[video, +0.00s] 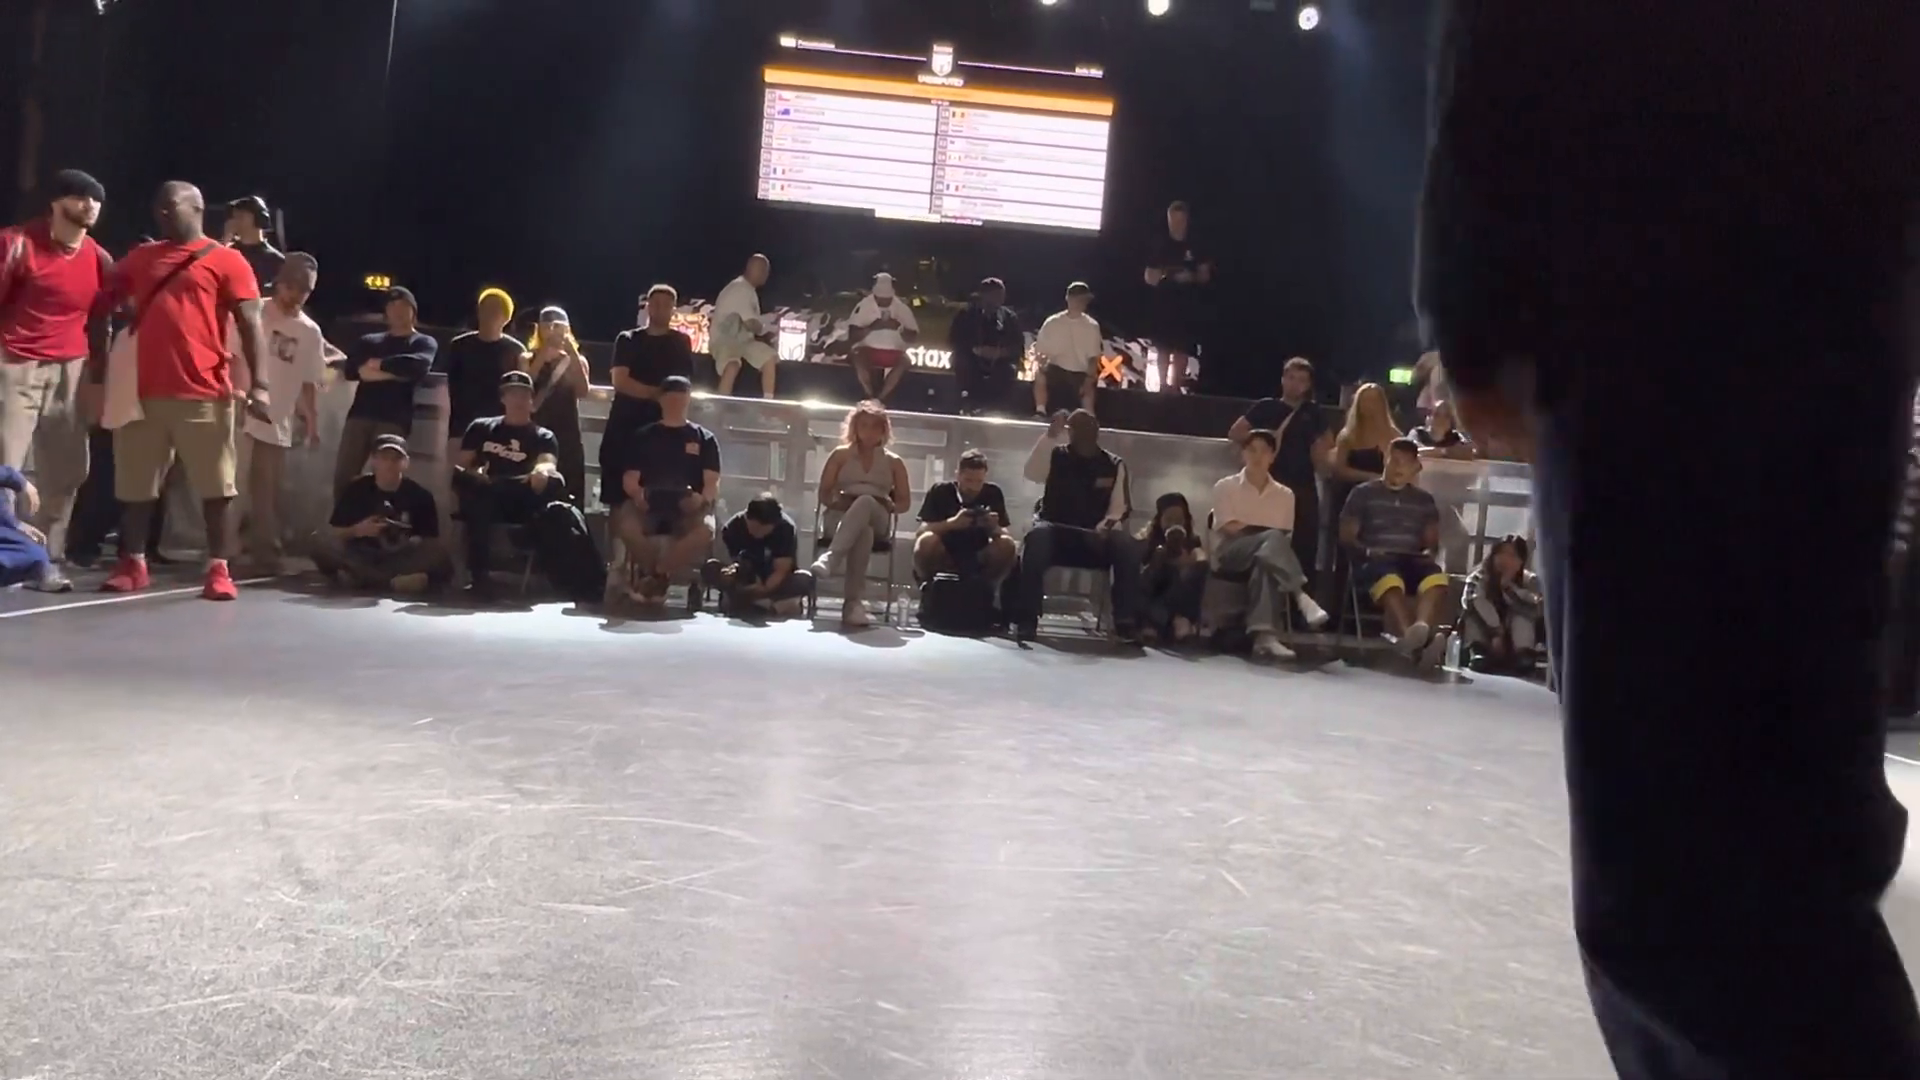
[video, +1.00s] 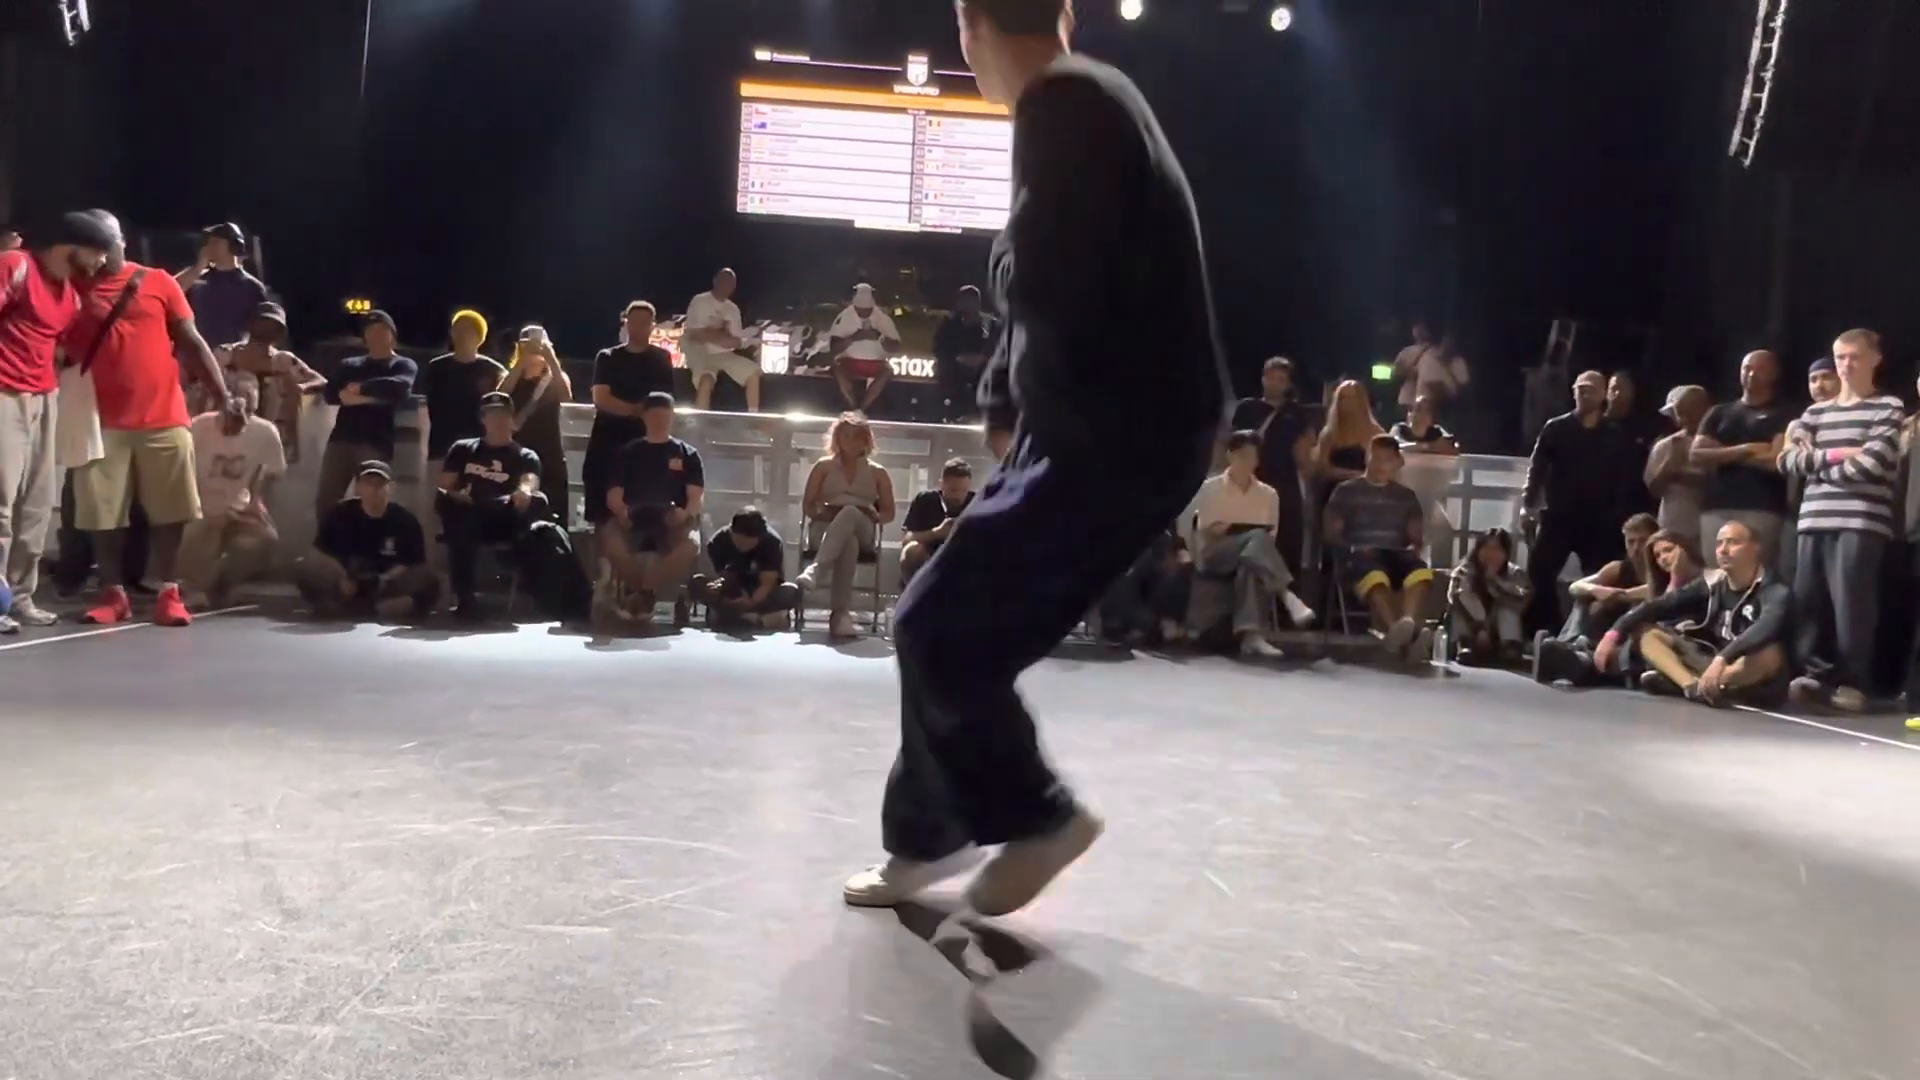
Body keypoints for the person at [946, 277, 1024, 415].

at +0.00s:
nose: (995, 300)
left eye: (998, 295)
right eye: (991, 295)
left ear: (1003, 296)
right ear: (983, 295)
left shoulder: (1009, 317)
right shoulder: (967, 316)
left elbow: (1017, 349)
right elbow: (955, 341)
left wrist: (999, 353)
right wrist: (976, 350)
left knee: (1009, 368)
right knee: (962, 357)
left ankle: (1002, 405)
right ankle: (965, 396)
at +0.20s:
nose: (994, 300)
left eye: (997, 295)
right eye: (990, 295)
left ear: (1000, 296)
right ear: (981, 295)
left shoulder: (1005, 318)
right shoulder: (964, 316)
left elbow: (1013, 349)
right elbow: (953, 342)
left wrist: (995, 353)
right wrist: (974, 351)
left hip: (997, 364)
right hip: (970, 363)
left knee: (1004, 369)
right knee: (958, 359)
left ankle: (995, 407)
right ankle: (962, 402)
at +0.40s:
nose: (989, 300)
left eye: (992, 296)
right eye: (985, 296)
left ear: (997, 298)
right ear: (977, 297)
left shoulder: (1003, 320)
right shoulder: (962, 316)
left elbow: (1010, 352)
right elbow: (948, 343)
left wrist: (993, 355)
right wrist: (970, 352)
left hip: (993, 366)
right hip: (967, 364)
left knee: (1002, 372)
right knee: (956, 363)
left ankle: (994, 410)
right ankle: (961, 406)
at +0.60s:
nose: (983, 300)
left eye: (985, 296)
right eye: (979, 296)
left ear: (989, 298)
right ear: (970, 297)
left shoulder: (998, 319)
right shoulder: (956, 317)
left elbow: (1006, 352)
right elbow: (944, 342)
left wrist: (987, 354)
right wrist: (964, 352)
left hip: (988, 371)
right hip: (962, 370)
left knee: (997, 371)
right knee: (950, 361)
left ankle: (992, 409)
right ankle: (959, 405)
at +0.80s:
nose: (969, 304)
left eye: (973, 299)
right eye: (966, 299)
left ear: (980, 300)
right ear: (960, 299)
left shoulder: (992, 320)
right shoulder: (949, 318)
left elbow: (1000, 350)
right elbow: (938, 343)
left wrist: (982, 354)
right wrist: (958, 353)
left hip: (982, 369)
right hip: (955, 369)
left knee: (992, 372)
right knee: (942, 361)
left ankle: (985, 409)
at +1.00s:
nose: (967, 306)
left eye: (971, 302)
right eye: (964, 302)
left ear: (978, 303)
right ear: (958, 303)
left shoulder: (992, 324)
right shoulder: (949, 325)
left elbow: (996, 350)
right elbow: (939, 350)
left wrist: (982, 358)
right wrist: (957, 358)